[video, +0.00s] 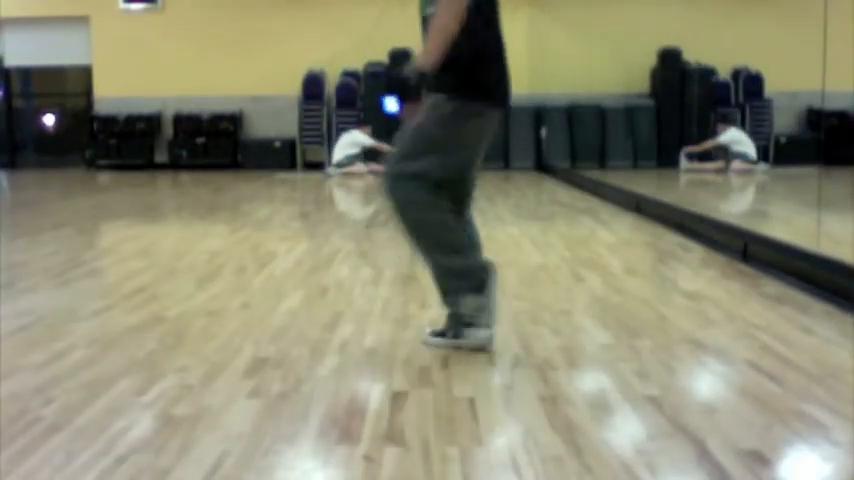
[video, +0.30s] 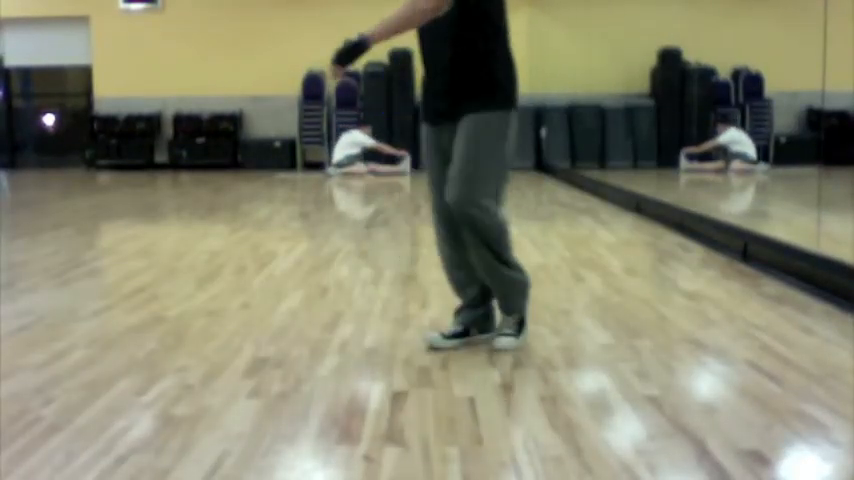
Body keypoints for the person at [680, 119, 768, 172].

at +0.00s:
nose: (718, 130)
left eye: (720, 127)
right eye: (718, 127)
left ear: (724, 126)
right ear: (729, 125)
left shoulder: (732, 133)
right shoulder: (733, 133)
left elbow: (710, 144)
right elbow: (711, 144)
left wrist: (689, 149)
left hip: (745, 161)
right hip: (734, 161)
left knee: (734, 168)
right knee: (715, 166)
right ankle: (690, 166)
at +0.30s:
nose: (718, 130)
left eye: (719, 127)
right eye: (718, 127)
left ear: (724, 126)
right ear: (729, 125)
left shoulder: (731, 133)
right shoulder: (735, 132)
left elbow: (710, 145)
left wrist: (689, 150)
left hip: (745, 161)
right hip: (733, 161)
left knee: (734, 167)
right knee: (715, 166)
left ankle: (754, 170)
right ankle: (690, 166)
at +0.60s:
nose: (719, 130)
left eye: (720, 127)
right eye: (718, 127)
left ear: (724, 126)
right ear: (729, 125)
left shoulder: (731, 133)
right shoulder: (735, 132)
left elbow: (707, 146)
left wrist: (687, 151)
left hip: (745, 160)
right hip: (734, 160)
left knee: (734, 168)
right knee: (714, 166)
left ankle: (754, 171)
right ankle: (689, 166)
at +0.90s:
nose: (720, 132)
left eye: (721, 129)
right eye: (719, 129)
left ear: (725, 127)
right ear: (729, 126)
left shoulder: (731, 132)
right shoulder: (734, 132)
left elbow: (709, 146)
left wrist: (688, 151)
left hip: (745, 160)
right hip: (734, 159)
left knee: (733, 168)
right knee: (714, 166)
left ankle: (753, 171)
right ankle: (690, 166)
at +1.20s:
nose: (719, 135)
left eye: (720, 132)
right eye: (719, 133)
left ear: (724, 129)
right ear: (727, 128)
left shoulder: (731, 132)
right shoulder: (735, 132)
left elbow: (708, 147)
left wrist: (688, 151)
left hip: (744, 160)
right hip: (735, 159)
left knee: (733, 168)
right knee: (716, 165)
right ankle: (694, 166)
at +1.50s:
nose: (719, 135)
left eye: (719, 132)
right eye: (718, 133)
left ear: (723, 128)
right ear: (727, 127)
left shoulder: (731, 132)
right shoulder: (733, 132)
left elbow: (708, 147)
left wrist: (687, 151)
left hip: (744, 159)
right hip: (734, 159)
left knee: (734, 167)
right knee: (716, 165)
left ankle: (755, 171)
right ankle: (696, 166)